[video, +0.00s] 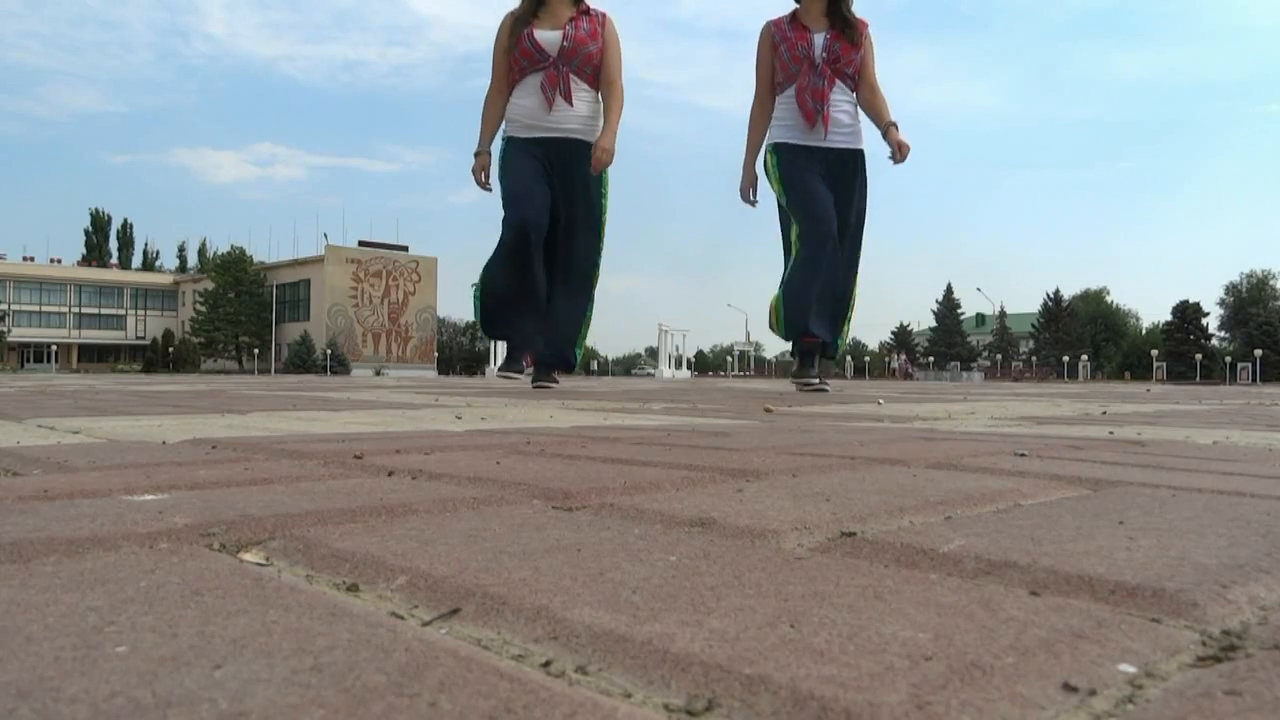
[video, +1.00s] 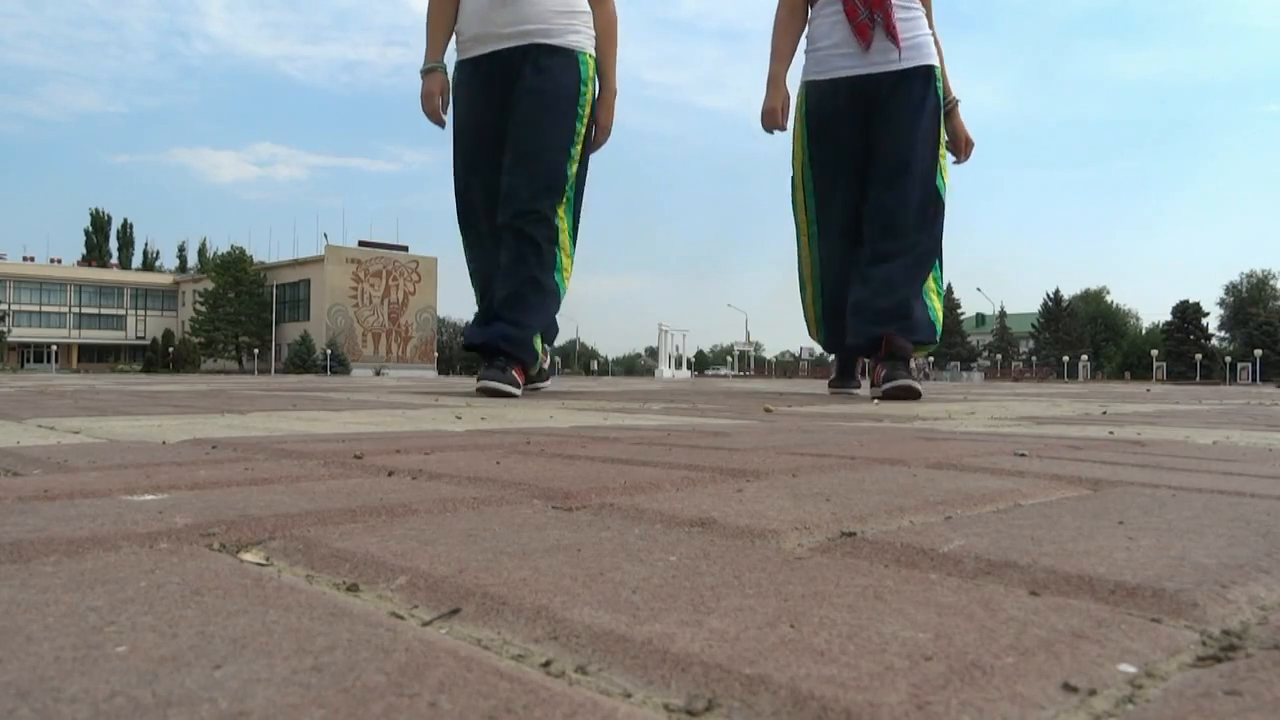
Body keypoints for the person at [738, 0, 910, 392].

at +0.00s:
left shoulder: (857, 30)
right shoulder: (775, 31)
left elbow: (869, 89)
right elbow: (763, 101)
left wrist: (889, 128)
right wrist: (749, 163)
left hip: (845, 152)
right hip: (791, 150)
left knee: (843, 248)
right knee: (820, 231)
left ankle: (820, 357)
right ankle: (805, 350)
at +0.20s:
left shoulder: (868, 20)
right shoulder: (784, 22)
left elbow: (878, 82)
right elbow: (771, 96)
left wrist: (895, 119)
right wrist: (757, 164)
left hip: (856, 150)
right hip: (798, 148)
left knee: (845, 250)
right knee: (816, 243)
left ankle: (811, 359)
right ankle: (841, 349)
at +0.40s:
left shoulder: (885, 6)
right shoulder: (788, 4)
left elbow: (891, 67)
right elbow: (779, 67)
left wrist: (909, 131)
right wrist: (763, 137)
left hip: (869, 127)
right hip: (807, 121)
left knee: (859, 242)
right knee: (818, 236)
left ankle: (824, 353)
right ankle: (845, 359)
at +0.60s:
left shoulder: (894, 5)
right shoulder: (791, 3)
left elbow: (899, 58)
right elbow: (781, 41)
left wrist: (920, 127)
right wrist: (765, 107)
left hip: (877, 112)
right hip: (811, 111)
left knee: (880, 221)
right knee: (819, 235)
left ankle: (871, 321)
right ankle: (844, 359)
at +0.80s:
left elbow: (906, 40)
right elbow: (780, 19)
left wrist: (927, 119)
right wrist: (774, 75)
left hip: (891, 89)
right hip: (820, 89)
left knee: (890, 215)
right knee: (831, 223)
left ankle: (890, 344)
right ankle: (846, 360)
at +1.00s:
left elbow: (926, 26)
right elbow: (794, 5)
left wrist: (950, 108)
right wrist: (776, 80)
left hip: (910, 70)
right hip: (829, 72)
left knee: (903, 215)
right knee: (837, 217)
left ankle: (895, 359)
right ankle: (844, 355)